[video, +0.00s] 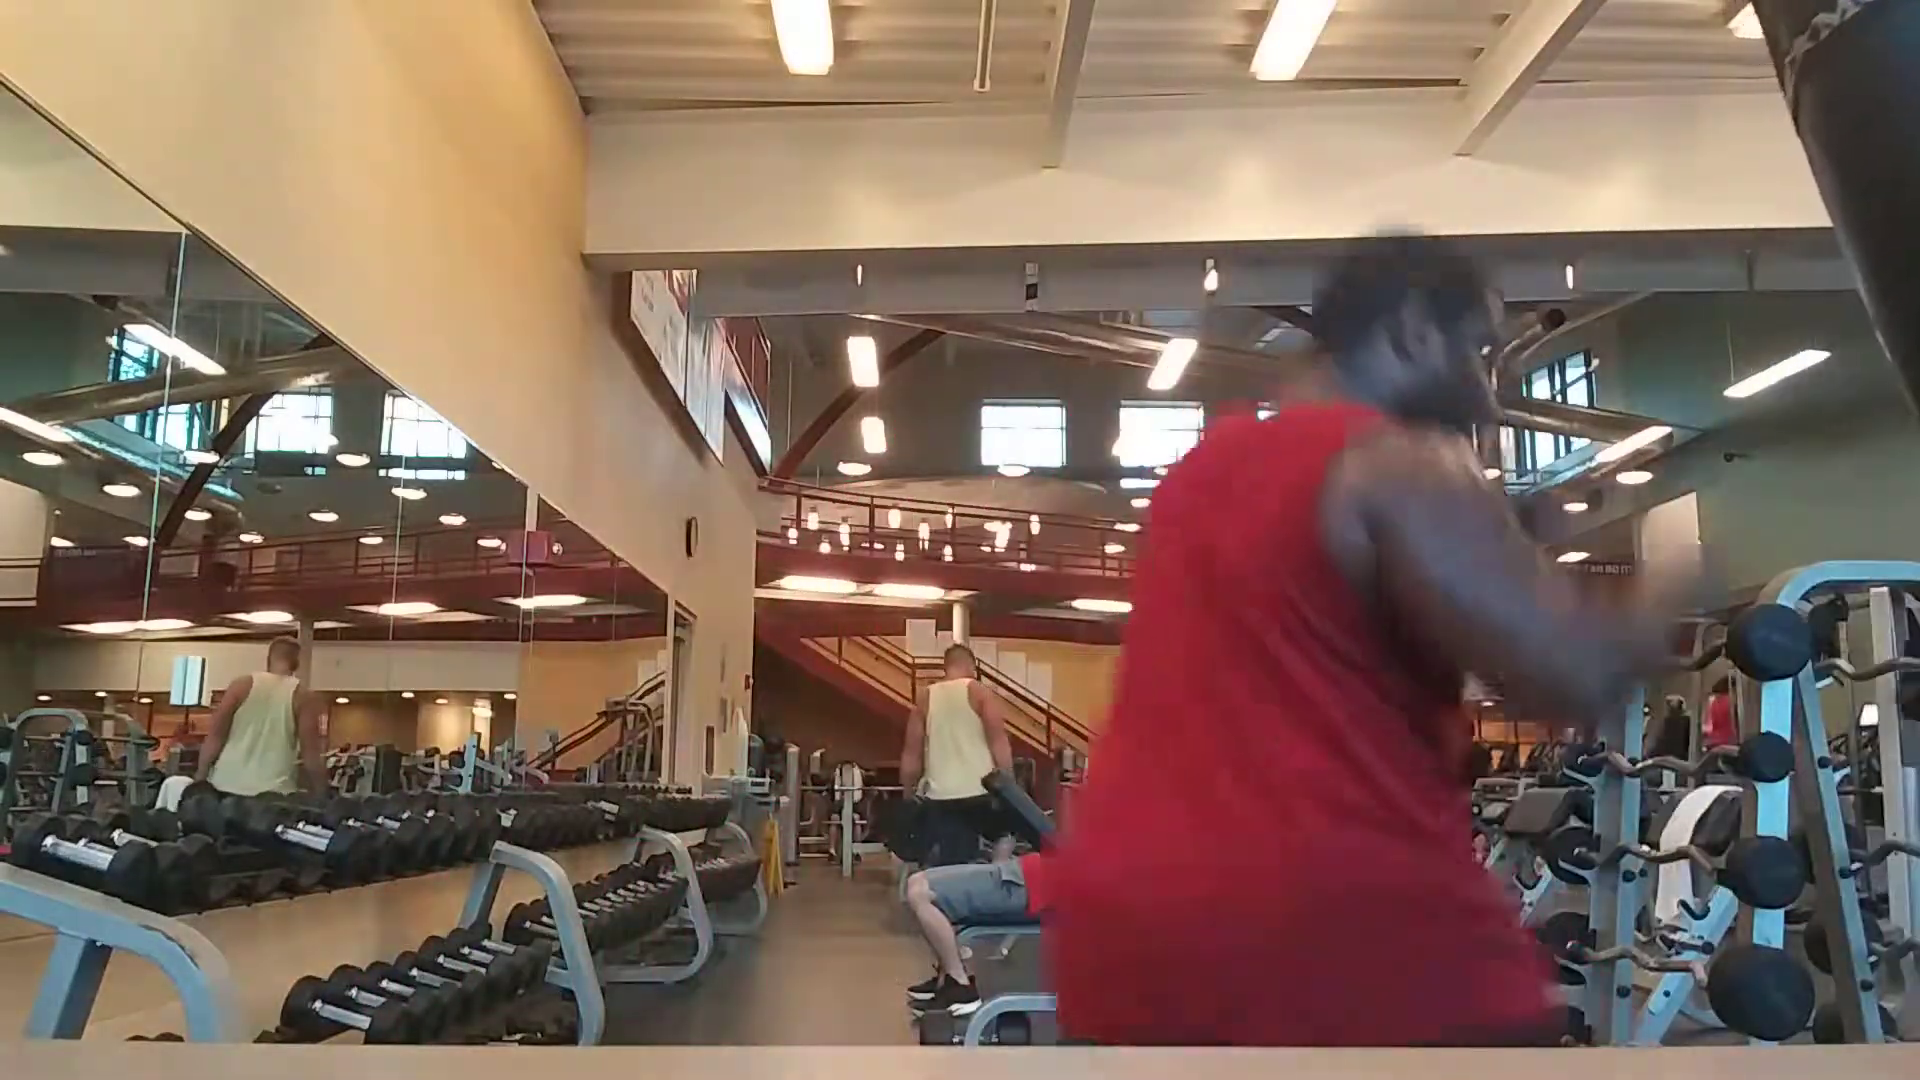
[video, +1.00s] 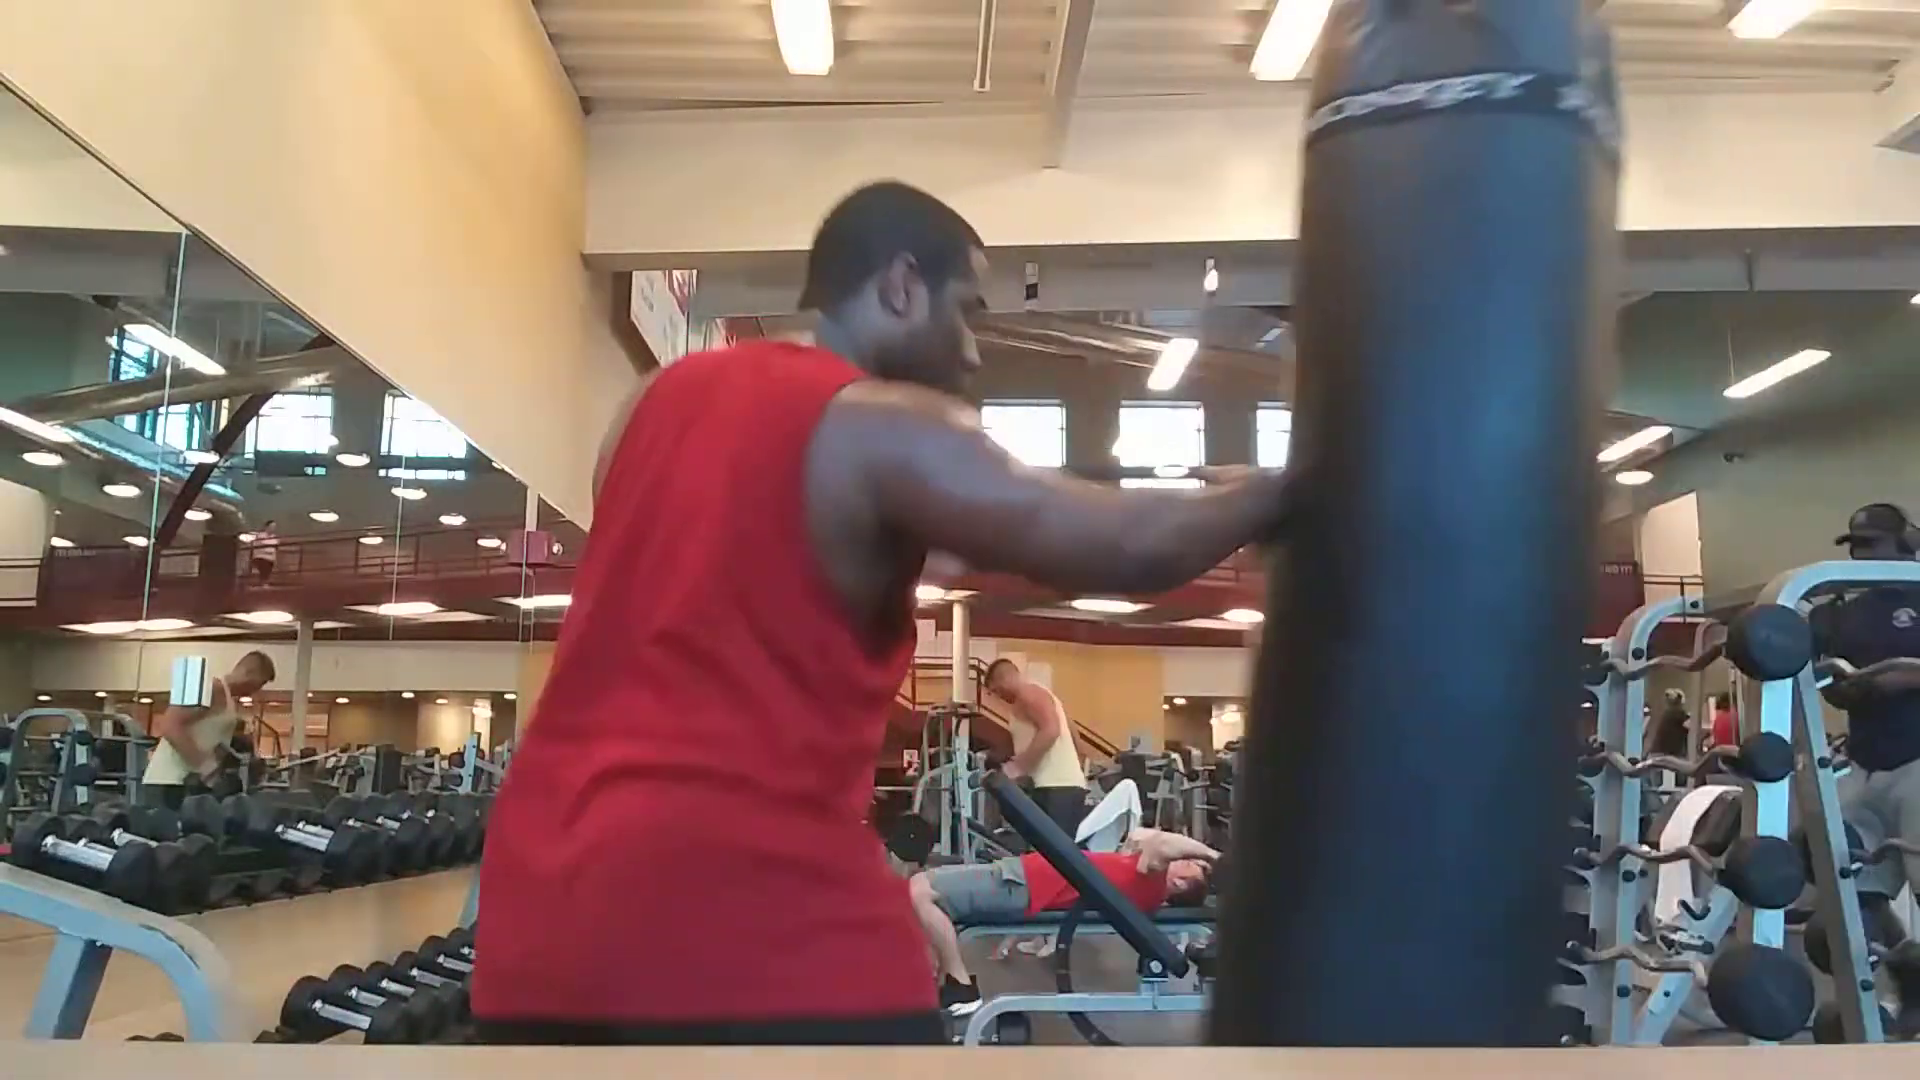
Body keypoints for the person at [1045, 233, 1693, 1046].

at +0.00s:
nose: (1489, 389)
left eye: (1492, 357)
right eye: (1481, 351)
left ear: (1328, 341)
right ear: (1411, 334)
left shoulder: (1199, 468)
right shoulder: (1395, 462)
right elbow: (1568, 672)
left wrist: (1509, 533)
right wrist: (1659, 598)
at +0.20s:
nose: (1427, 321)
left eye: (1432, 290)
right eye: (1423, 283)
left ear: (1284, 259)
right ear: (1350, 252)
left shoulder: (1144, 377)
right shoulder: (1332, 360)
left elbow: (1310, 470)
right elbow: (1552, 524)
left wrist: (1479, 394)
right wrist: (1639, 406)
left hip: (1007, 866)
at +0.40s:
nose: (1315, 352)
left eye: (1319, 323)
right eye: (1310, 316)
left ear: (1205, 298)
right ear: (1237, 297)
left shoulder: (1040, 414)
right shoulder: (1191, 409)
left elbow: (1144, 553)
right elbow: (1407, 573)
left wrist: (1327, 502)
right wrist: (1497, 487)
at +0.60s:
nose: (1104, 344)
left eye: (1105, 319)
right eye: (1095, 311)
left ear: (964, 290)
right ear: (1034, 286)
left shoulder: (811, 407)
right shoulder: (1011, 418)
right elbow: (1269, 531)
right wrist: (1511, 476)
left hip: (659, 872)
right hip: (852, 886)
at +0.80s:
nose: (975, 313)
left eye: (980, 290)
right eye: (969, 283)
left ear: (839, 262)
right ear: (895, 255)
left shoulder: (678, 379)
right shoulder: (897, 387)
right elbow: (1134, 515)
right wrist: (1348, 496)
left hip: (578, 880)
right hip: (785, 865)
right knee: (964, 1073)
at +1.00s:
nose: (970, 348)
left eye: (975, 322)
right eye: (967, 315)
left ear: (830, 283)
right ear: (900, 287)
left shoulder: (652, 401)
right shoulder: (877, 424)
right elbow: (1135, 546)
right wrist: (1291, 488)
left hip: (538, 895)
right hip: (751, 894)